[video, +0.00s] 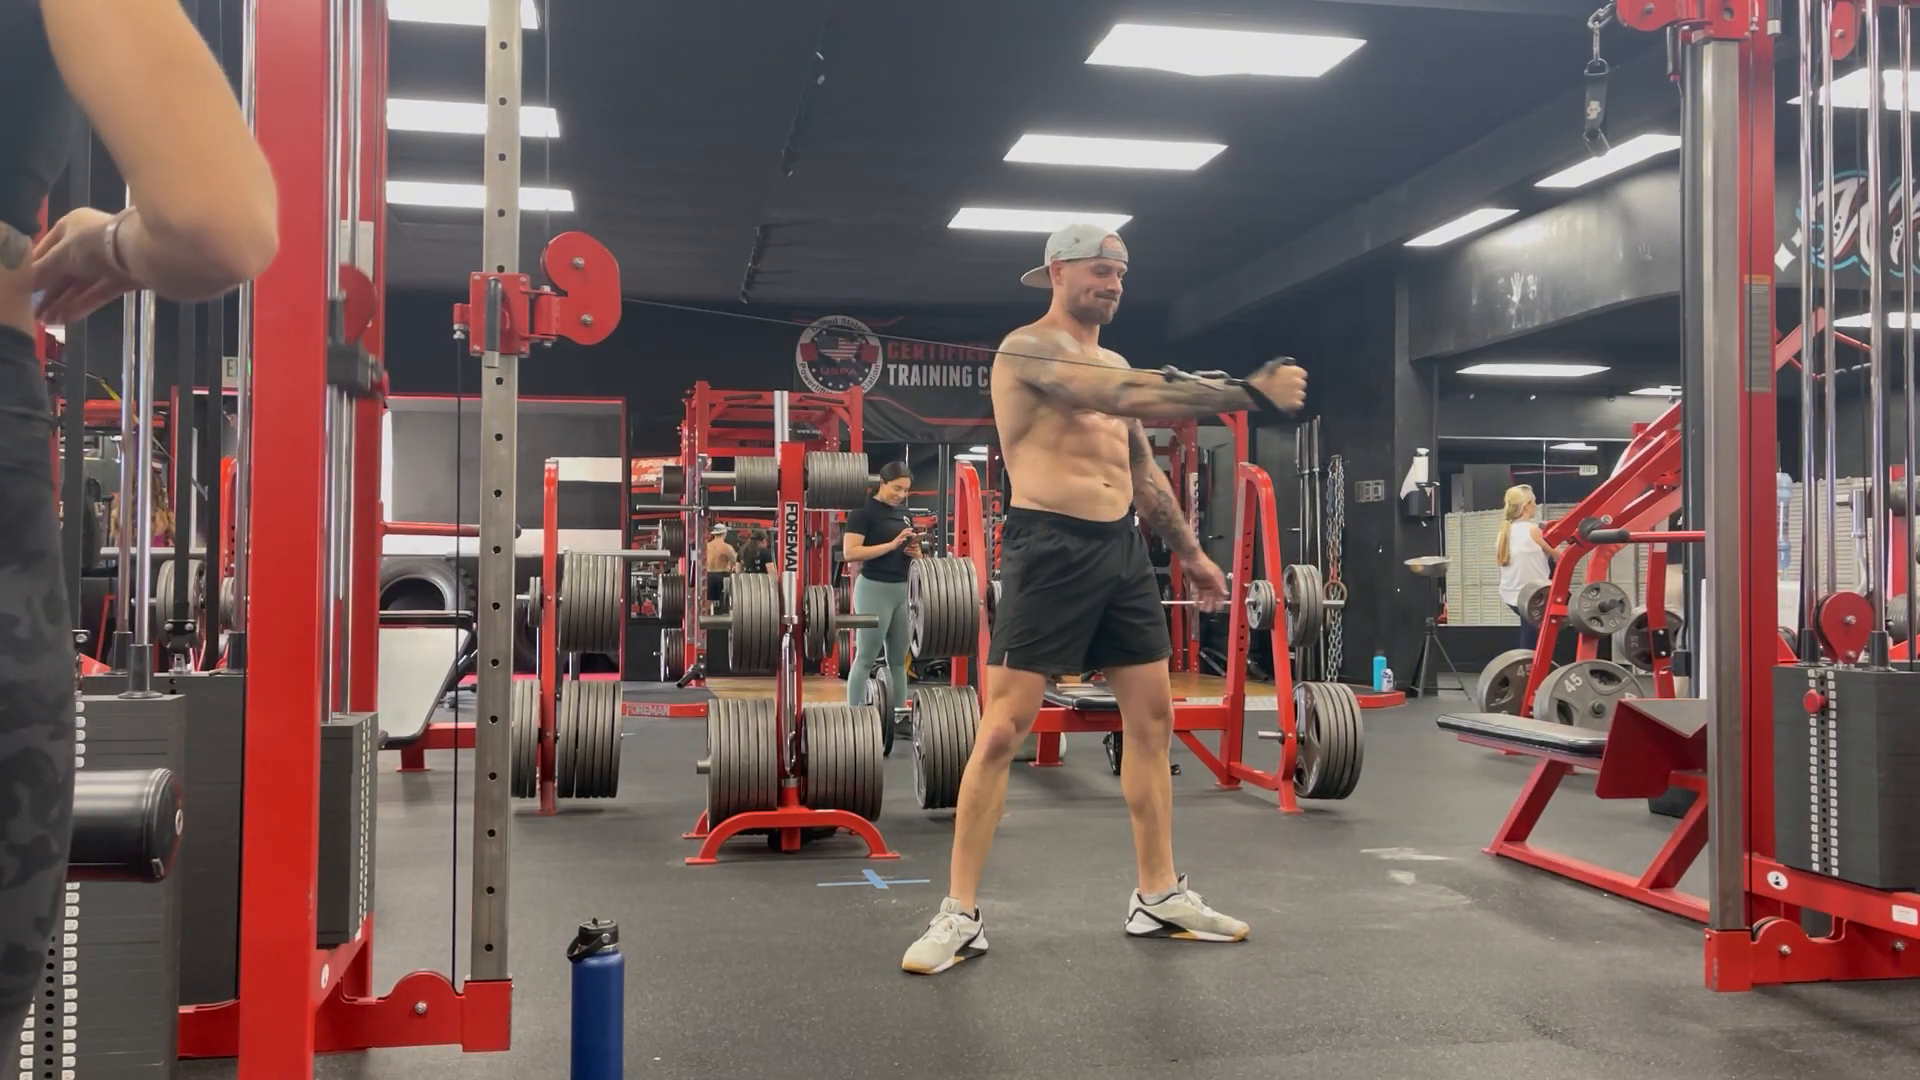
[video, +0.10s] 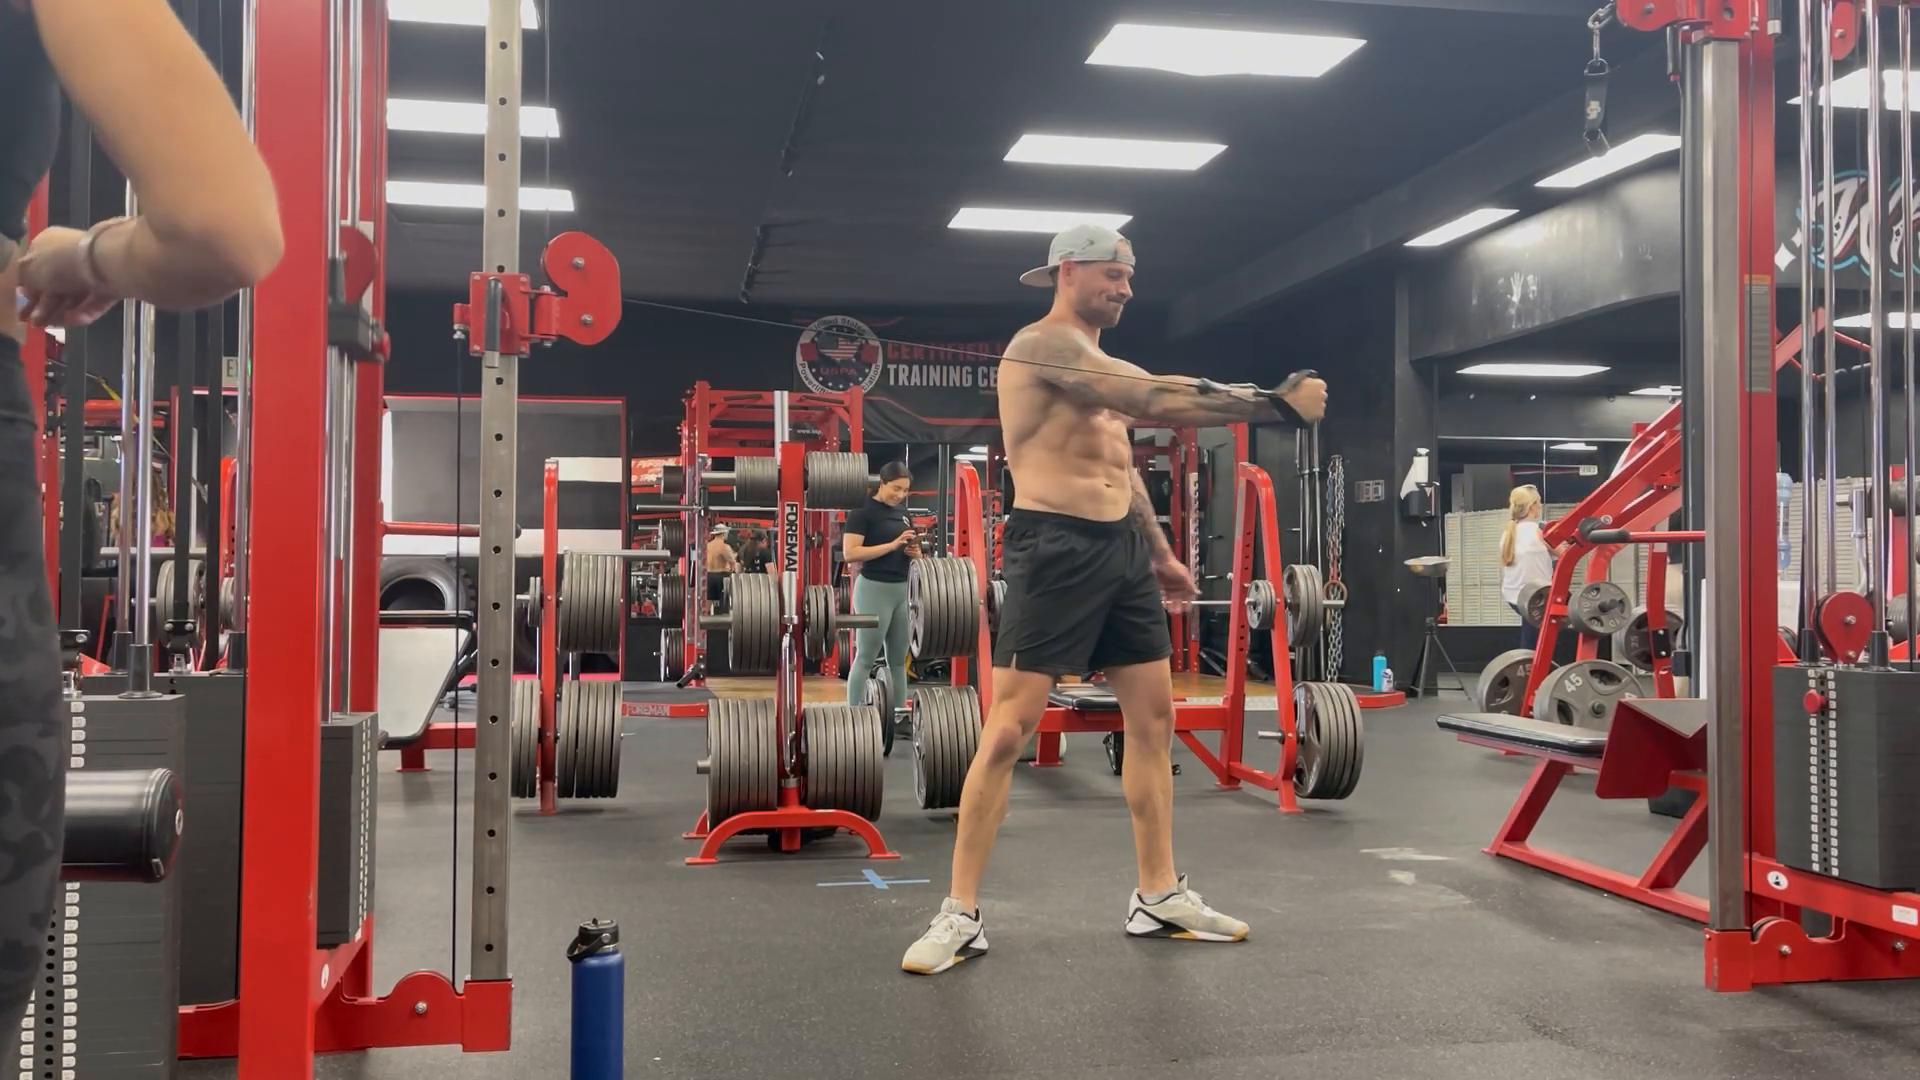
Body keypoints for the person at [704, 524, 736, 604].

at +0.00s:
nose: (725, 535)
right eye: (725, 533)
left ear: (714, 533)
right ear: (724, 534)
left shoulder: (708, 545)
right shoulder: (726, 547)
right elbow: (735, 558)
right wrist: (730, 567)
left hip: (710, 572)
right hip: (723, 572)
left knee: (709, 600)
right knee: (723, 601)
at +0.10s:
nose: (727, 535)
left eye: (727, 533)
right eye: (726, 533)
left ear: (715, 534)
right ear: (723, 534)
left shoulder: (709, 545)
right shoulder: (724, 546)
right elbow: (732, 559)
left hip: (710, 572)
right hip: (722, 572)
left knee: (710, 599)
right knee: (723, 599)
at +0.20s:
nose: (728, 535)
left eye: (728, 533)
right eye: (727, 533)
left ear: (717, 534)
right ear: (723, 534)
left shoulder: (709, 545)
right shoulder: (722, 547)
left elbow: (728, 552)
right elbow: (729, 561)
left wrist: (735, 555)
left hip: (711, 572)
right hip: (722, 573)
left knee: (711, 600)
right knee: (723, 600)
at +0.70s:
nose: (728, 536)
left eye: (728, 534)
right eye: (727, 534)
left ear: (718, 534)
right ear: (723, 534)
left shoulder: (710, 545)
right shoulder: (722, 547)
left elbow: (727, 552)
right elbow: (726, 564)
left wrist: (735, 555)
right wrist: (733, 574)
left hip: (711, 572)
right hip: (721, 572)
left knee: (710, 599)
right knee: (722, 600)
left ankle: (707, 616)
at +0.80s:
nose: (727, 536)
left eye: (727, 534)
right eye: (727, 534)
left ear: (716, 533)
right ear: (723, 534)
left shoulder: (709, 545)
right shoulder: (723, 546)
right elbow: (728, 560)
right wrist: (734, 567)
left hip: (711, 572)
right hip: (721, 572)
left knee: (710, 599)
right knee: (723, 599)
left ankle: (707, 616)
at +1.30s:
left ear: (714, 533)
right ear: (725, 534)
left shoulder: (708, 546)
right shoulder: (731, 548)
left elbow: (704, 561)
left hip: (711, 573)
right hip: (726, 573)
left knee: (709, 601)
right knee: (725, 602)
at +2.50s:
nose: (725, 534)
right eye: (724, 533)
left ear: (713, 533)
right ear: (723, 534)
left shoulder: (708, 545)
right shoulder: (726, 547)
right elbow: (735, 557)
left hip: (710, 572)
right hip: (724, 572)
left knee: (709, 600)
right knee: (724, 600)